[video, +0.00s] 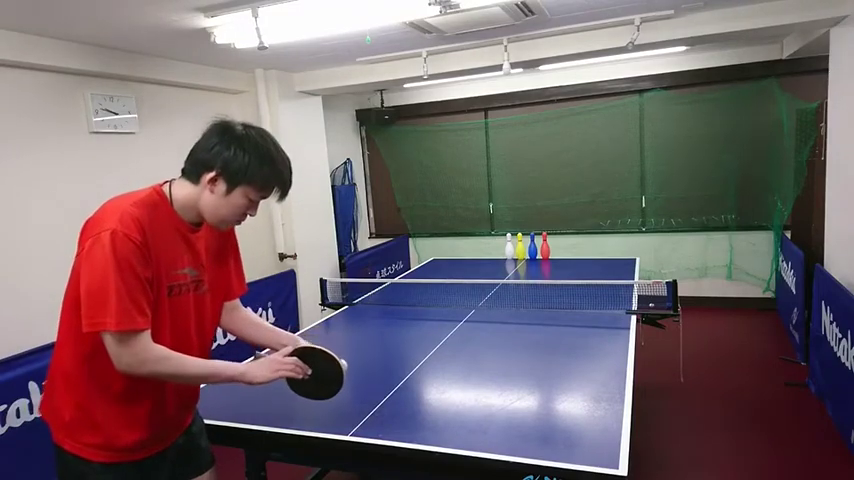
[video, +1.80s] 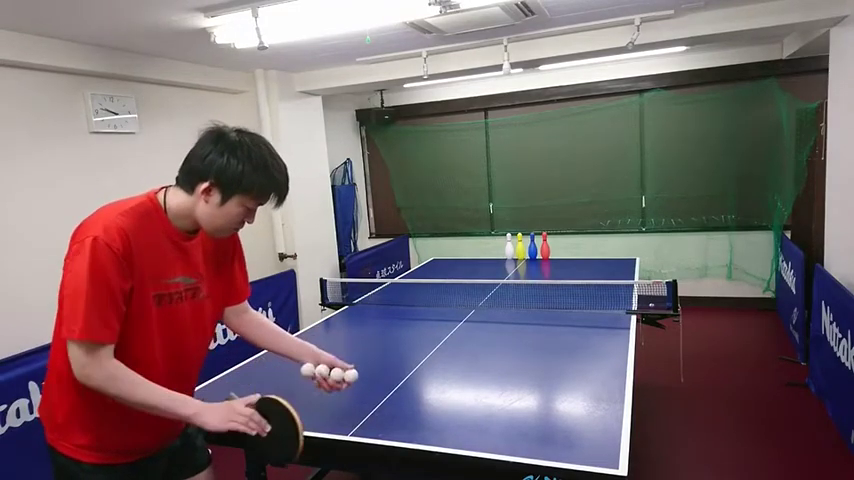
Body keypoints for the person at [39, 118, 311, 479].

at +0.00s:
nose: (252, 214)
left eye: (257, 204)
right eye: (250, 200)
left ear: (212, 182)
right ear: (213, 181)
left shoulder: (215, 225)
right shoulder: (119, 232)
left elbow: (229, 311)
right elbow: (131, 354)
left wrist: (294, 344)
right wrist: (242, 371)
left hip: (175, 423)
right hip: (104, 445)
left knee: (201, 473)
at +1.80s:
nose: (249, 221)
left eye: (255, 212)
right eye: (247, 210)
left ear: (207, 193)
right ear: (207, 192)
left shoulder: (217, 232)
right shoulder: (105, 239)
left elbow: (238, 312)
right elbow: (90, 364)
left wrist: (311, 355)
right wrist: (200, 411)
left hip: (172, 434)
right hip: (96, 453)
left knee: (200, 472)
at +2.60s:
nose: (268, 225)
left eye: (273, 216)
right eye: (266, 214)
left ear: (228, 197)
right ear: (228, 196)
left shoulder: (233, 234)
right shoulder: (132, 239)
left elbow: (252, 304)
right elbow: (84, 354)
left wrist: (316, 335)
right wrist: (197, 391)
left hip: (176, 428)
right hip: (105, 442)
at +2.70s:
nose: (281, 228)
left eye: (286, 219)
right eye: (281, 216)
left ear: (247, 201)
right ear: (246, 200)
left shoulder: (237, 231)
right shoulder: (159, 245)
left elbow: (255, 303)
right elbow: (152, 363)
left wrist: (317, 319)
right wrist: (264, 388)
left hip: (176, 415)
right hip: (112, 430)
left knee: (199, 472)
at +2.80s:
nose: (292, 228)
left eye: (297, 219)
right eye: (293, 216)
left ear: (258, 202)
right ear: (261, 203)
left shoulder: (235, 225)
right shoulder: (191, 262)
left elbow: (255, 299)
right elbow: (239, 352)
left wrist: (303, 299)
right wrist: (318, 364)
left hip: (172, 410)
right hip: (118, 426)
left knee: (202, 472)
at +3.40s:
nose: (284, 188)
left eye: (286, 178)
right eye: (285, 178)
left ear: (225, 165)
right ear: (267, 178)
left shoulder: (192, 204)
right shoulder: (224, 234)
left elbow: (218, 293)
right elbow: (253, 330)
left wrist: (270, 278)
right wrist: (309, 332)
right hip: (143, 428)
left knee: (207, 471)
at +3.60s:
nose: (251, 177)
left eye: (254, 166)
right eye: (252, 166)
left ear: (189, 159)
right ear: (231, 167)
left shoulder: (165, 204)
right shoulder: (183, 226)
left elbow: (180, 284)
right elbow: (219, 336)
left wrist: (241, 292)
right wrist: (288, 341)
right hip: (130, 436)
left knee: (200, 468)